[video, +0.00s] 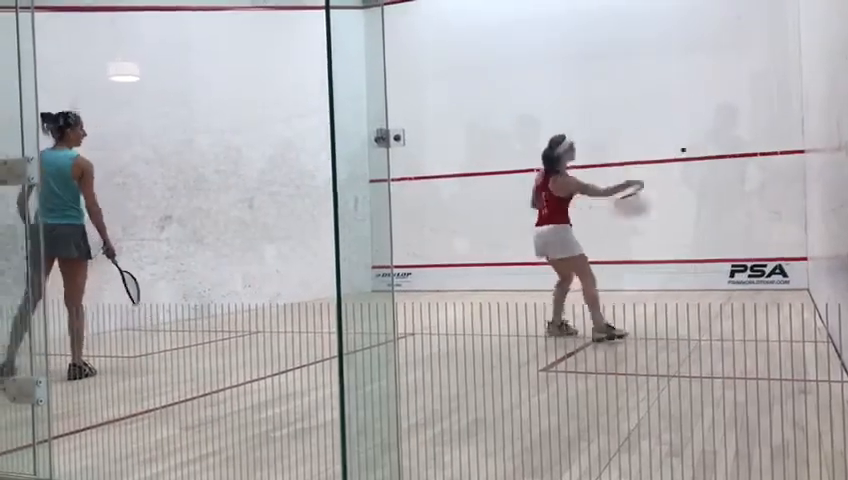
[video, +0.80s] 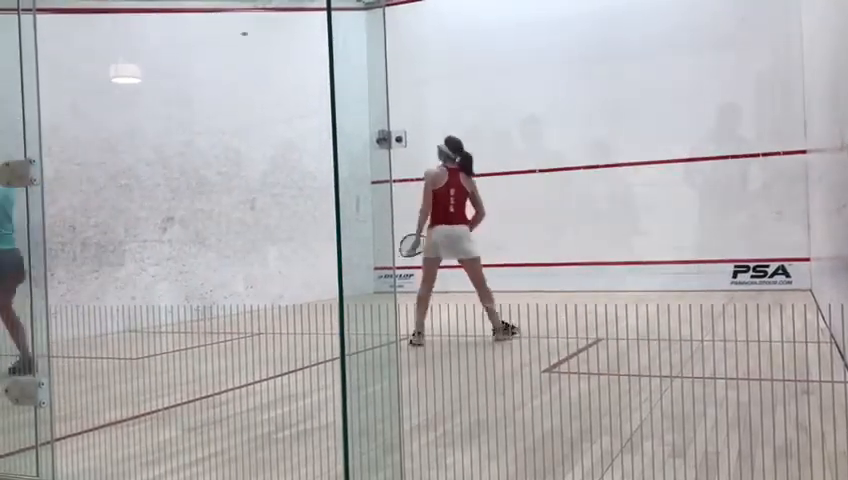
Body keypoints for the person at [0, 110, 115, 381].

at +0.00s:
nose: (84, 133)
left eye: (83, 128)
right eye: (80, 128)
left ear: (61, 132)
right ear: (68, 131)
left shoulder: (39, 158)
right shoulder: (81, 164)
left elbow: (22, 197)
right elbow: (92, 207)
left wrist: (27, 224)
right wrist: (106, 240)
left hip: (42, 233)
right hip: (71, 234)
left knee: (31, 296)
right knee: (74, 301)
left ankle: (8, 359)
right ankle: (77, 363)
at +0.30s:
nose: (53, 138)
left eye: (51, 133)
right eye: (50, 134)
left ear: (25, 136)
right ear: (44, 137)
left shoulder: (8, 165)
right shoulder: (54, 168)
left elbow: (2, 195)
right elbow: (69, 208)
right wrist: (76, 235)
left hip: (11, 238)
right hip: (43, 237)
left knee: (8, 307)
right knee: (58, 301)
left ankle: (8, 366)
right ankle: (75, 357)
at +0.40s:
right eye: (37, 138)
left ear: (12, 139)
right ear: (37, 139)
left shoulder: (3, 165)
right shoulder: (44, 169)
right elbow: (59, 209)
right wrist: (58, 227)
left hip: (6, 240)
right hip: (33, 239)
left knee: (4, 306)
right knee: (42, 295)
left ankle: (7, 363)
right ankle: (62, 343)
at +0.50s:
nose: (27, 144)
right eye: (29, 139)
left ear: (5, 140)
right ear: (29, 140)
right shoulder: (37, 170)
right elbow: (50, 211)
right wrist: (29, 217)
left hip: (5, 238)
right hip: (29, 238)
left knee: (2, 301)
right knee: (26, 295)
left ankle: (4, 361)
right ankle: (40, 352)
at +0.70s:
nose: (2, 162)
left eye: (1, 157)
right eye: (4, 157)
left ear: (3, 155)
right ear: (8, 155)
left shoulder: (12, 183)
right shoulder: (20, 183)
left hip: (13, 250)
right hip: (19, 250)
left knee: (7, 303)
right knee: (7, 304)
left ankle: (27, 356)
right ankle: (26, 355)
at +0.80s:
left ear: (6, 172)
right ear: (8, 173)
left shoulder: (7, 193)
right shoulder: (7, 193)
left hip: (8, 253)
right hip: (10, 252)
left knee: (6, 308)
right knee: (6, 308)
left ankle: (25, 357)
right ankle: (25, 356)